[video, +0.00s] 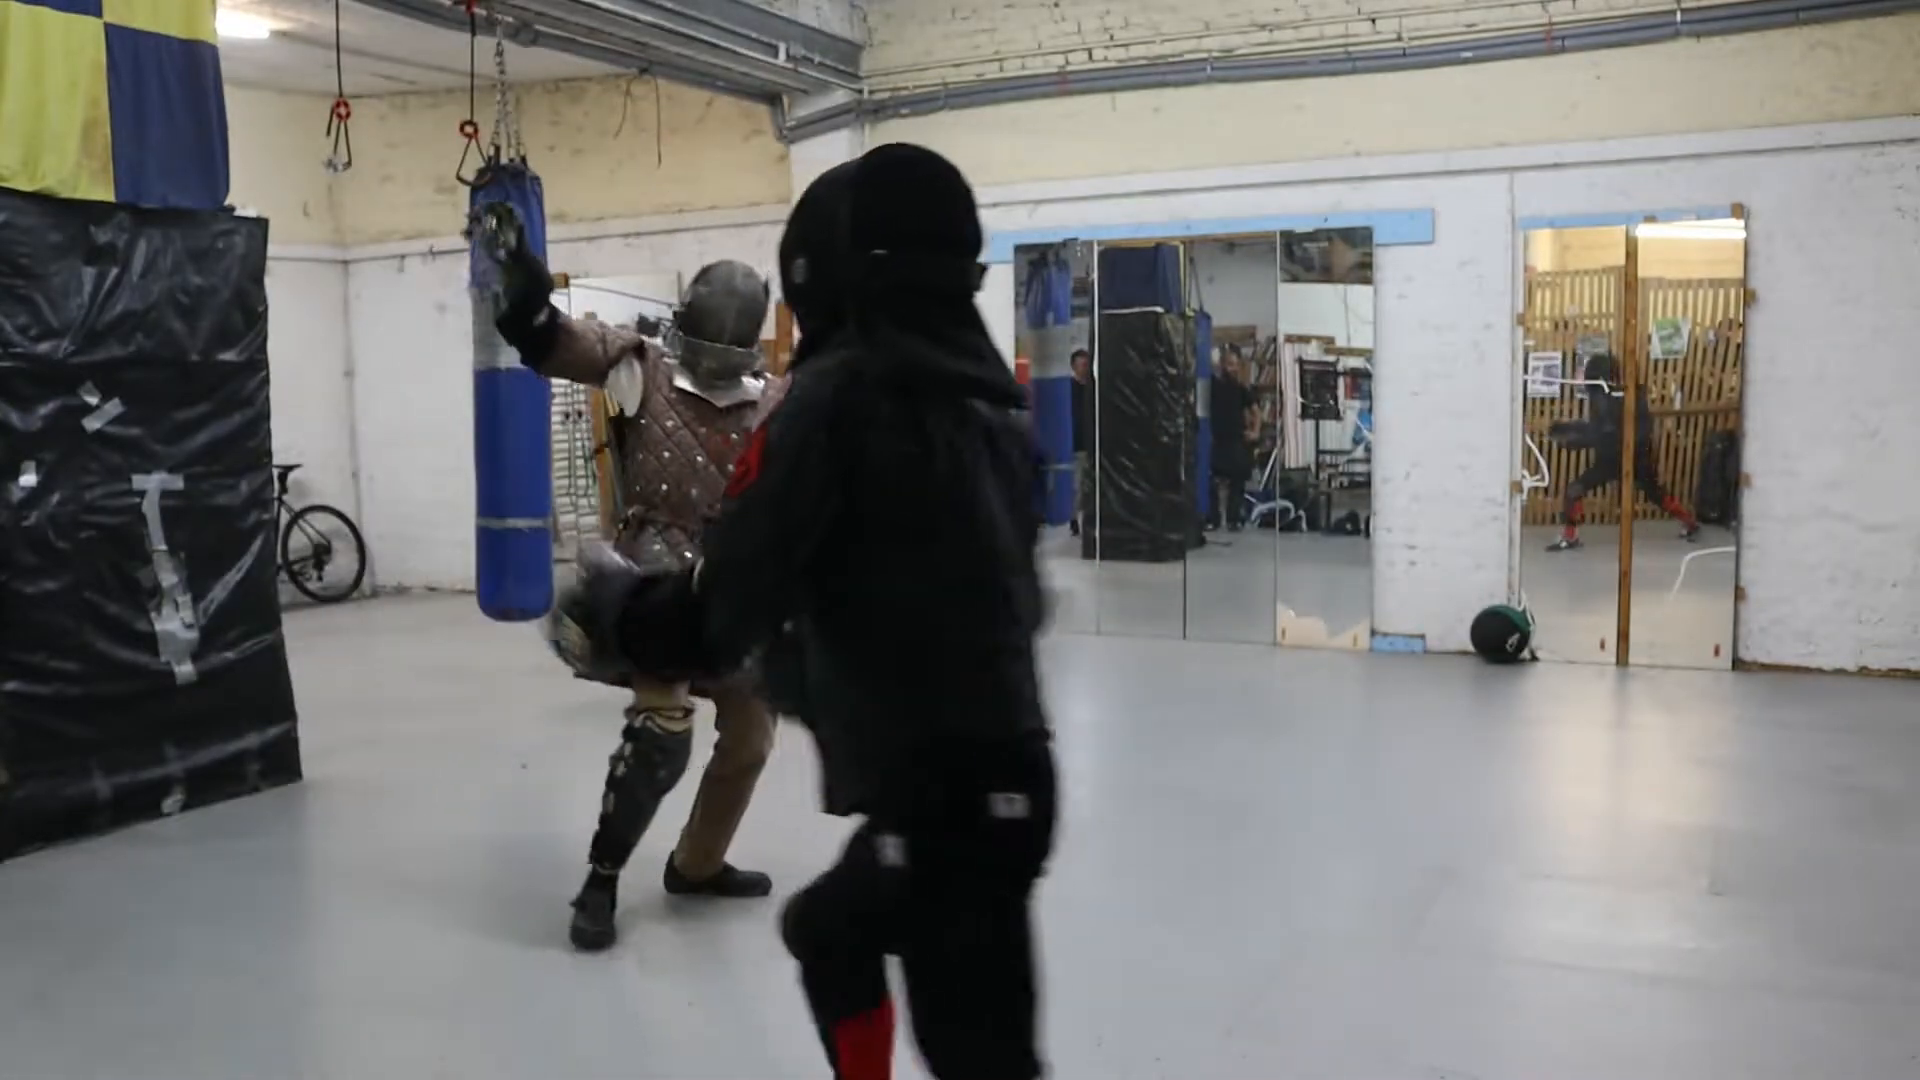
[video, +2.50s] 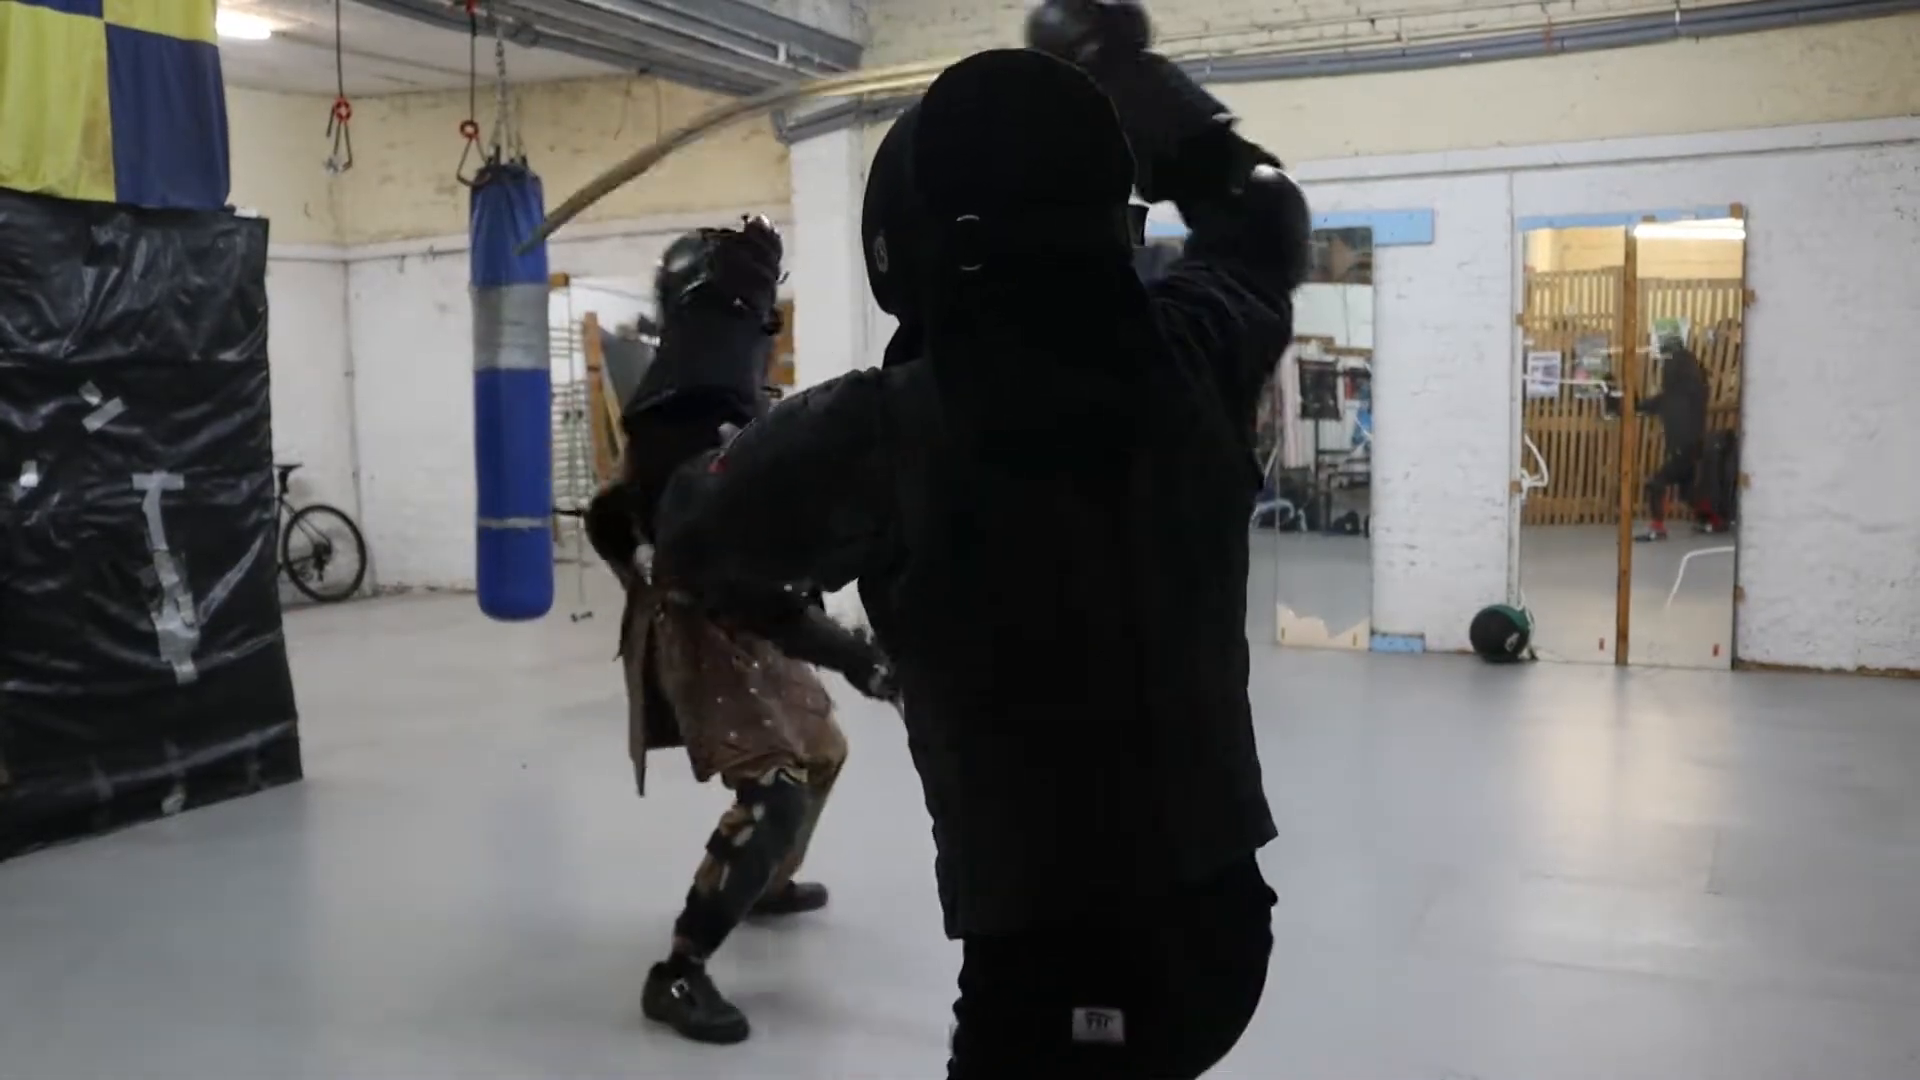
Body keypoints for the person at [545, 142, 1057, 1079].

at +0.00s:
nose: (789, 287)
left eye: (799, 263)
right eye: (793, 263)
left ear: (836, 272)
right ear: (948, 269)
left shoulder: (830, 409)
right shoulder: (984, 409)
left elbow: (719, 620)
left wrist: (613, 602)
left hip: (935, 792)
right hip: (1001, 775)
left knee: (982, 1054)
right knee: (827, 928)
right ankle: (870, 1079)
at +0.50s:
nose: (922, 268)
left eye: (928, 242)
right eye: (921, 242)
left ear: (962, 239)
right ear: (1080, 229)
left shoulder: (951, 371)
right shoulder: (1147, 361)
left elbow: (849, 589)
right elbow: (1198, 550)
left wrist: (794, 503)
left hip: (1072, 756)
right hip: (1168, 738)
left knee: (1129, 1038)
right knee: (1000, 929)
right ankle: (1055, 1068)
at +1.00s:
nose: (934, 262)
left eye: (942, 236)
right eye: (936, 236)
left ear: (977, 240)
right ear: (1103, 233)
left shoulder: (945, 383)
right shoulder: (1177, 386)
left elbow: (868, 624)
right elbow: (1229, 560)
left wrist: (836, 589)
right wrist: (1112, 557)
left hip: (1049, 768)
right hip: (1175, 757)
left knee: (1031, 1046)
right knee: (1042, 1013)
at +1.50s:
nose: (919, 256)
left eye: (924, 227)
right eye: (917, 229)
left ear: (957, 224)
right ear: (1107, 213)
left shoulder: (941, 386)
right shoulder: (1193, 390)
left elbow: (829, 624)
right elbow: (1226, 585)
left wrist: (795, 533)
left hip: (1057, 824)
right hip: (1189, 803)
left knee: (1005, 1061)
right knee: (1059, 1048)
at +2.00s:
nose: (894, 275)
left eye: (901, 244)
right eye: (890, 246)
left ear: (949, 239)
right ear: (1077, 230)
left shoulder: (937, 400)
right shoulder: (1147, 387)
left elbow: (779, 617)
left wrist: (760, 505)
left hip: (1043, 866)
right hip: (1161, 845)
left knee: (945, 1066)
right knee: (1013, 1057)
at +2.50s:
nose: (872, 244)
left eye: (887, 216)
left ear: (917, 236)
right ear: (1114, 215)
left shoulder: (886, 424)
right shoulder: (1191, 366)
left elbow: (698, 548)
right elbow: (1256, 213)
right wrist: (1129, 70)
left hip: (1032, 949)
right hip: (1219, 924)